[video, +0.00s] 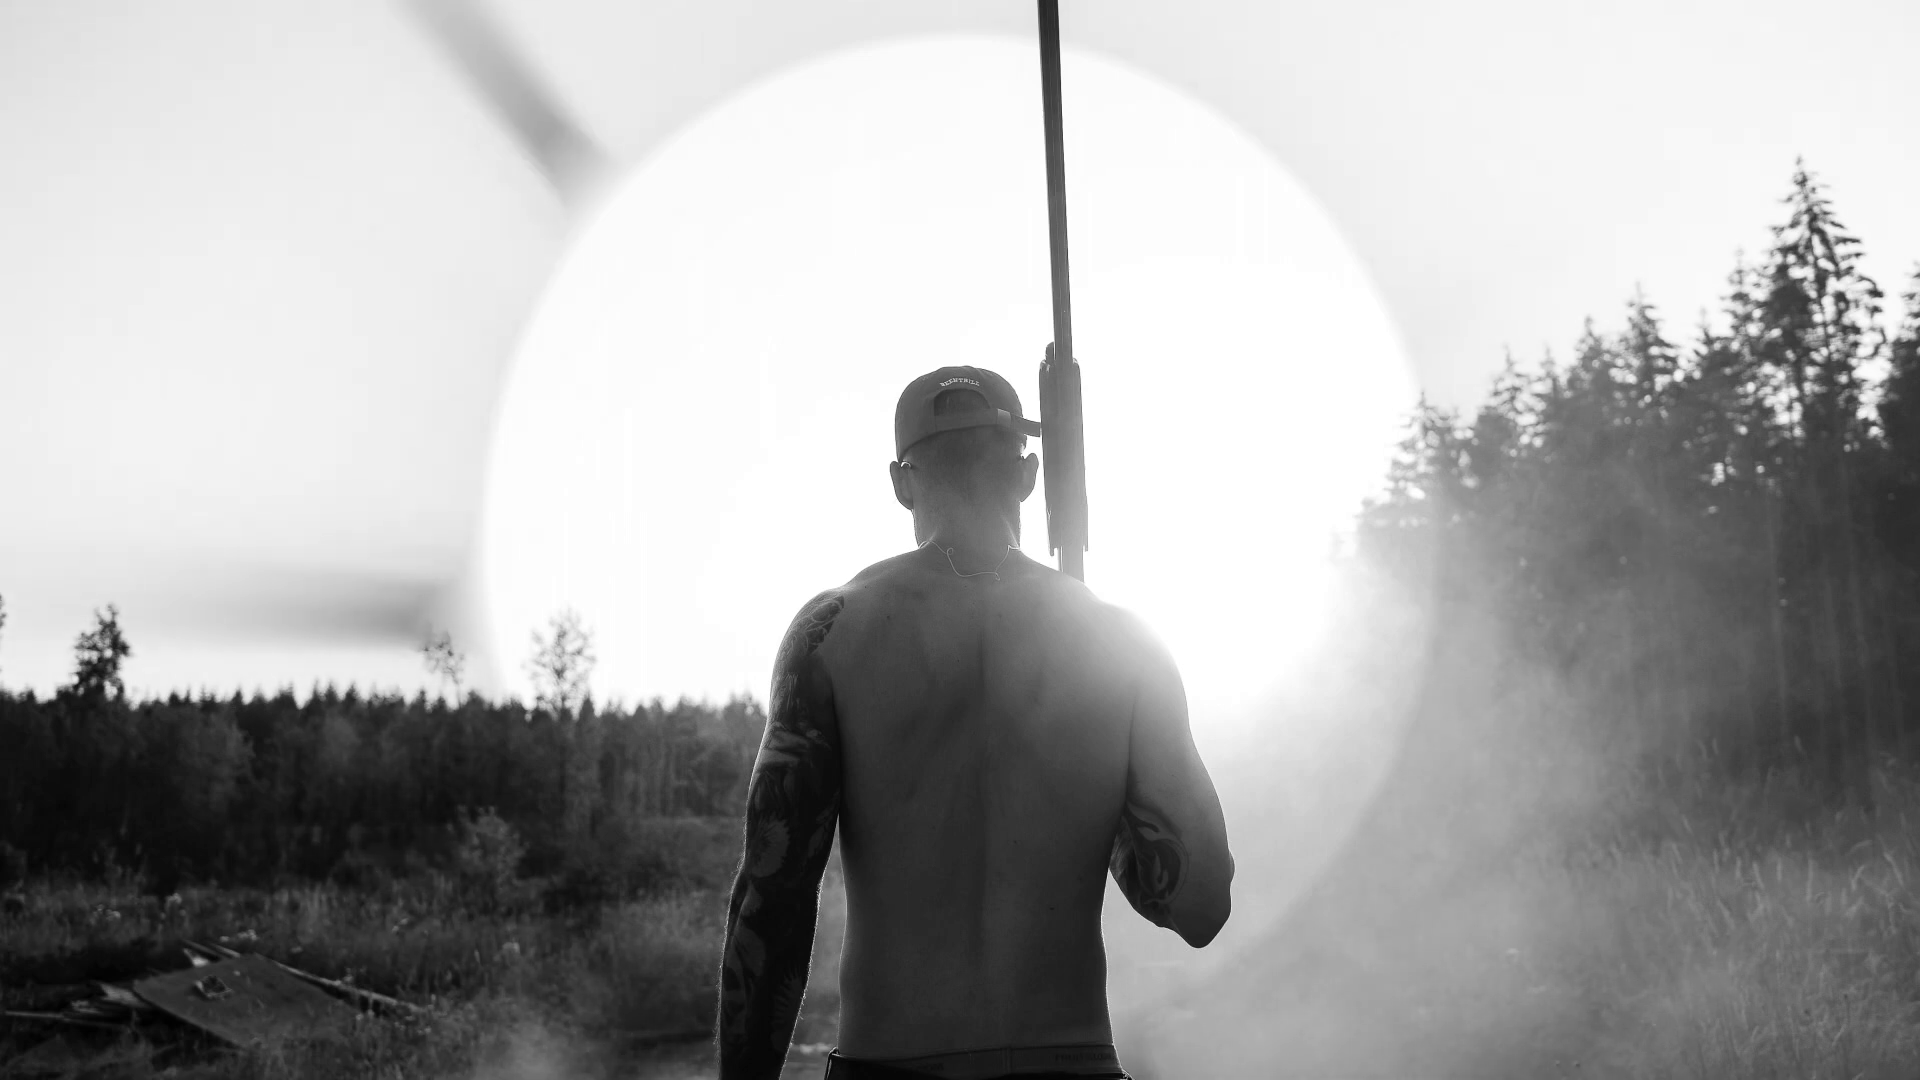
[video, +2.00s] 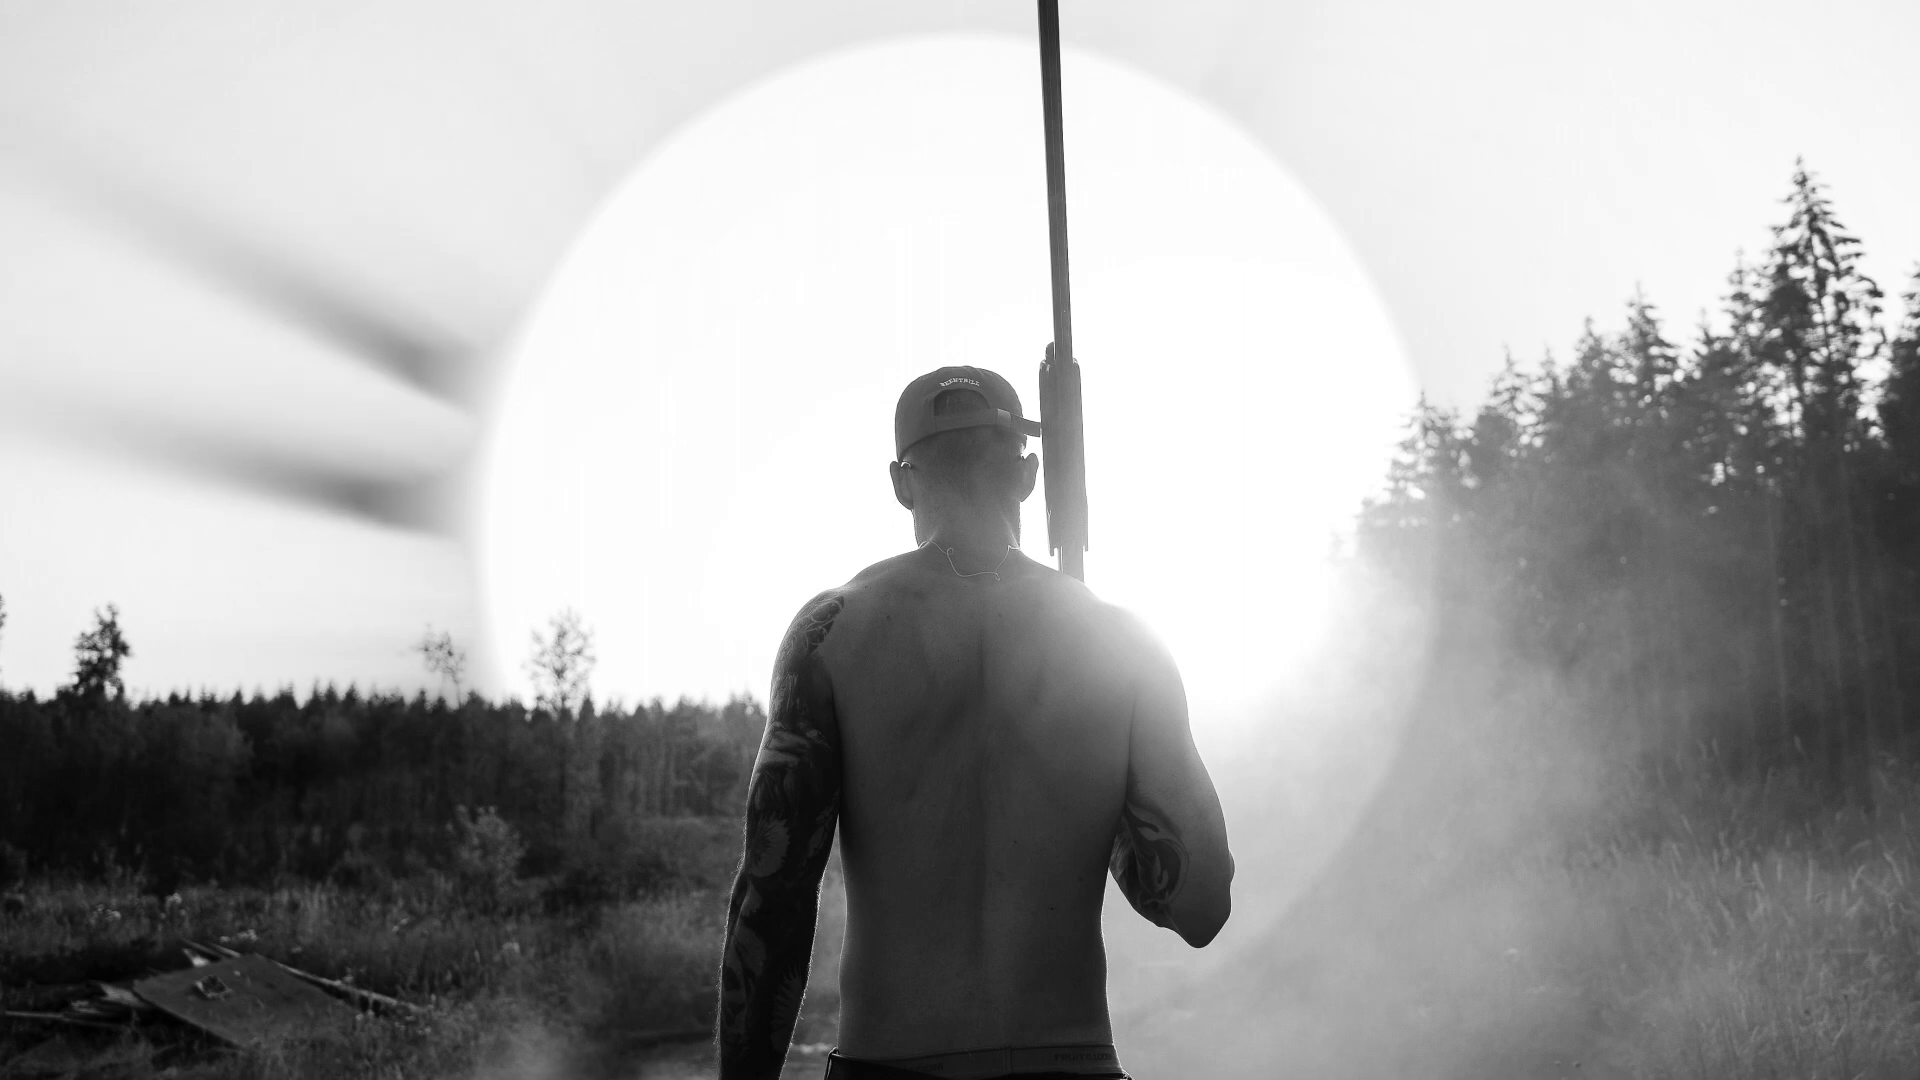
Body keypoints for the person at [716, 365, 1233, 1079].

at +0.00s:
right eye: (1017, 450)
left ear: (903, 486)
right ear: (1027, 476)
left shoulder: (832, 630)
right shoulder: (1121, 641)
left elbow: (773, 884)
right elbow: (1201, 904)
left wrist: (747, 1063)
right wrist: (1102, 803)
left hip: (887, 1045)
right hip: (1067, 1045)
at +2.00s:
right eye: (1015, 448)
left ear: (903, 486)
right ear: (1028, 477)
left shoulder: (831, 630)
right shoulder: (1121, 641)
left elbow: (773, 885)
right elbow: (1201, 905)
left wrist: (747, 1062)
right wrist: (1101, 800)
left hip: (886, 1046)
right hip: (1068, 1046)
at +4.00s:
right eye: (1015, 449)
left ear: (903, 486)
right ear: (1028, 477)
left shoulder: (831, 630)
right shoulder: (1121, 641)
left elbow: (773, 885)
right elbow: (1201, 905)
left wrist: (747, 1062)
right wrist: (1101, 800)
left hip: (886, 1046)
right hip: (1068, 1046)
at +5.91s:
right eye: (1015, 448)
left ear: (903, 486)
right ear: (1028, 477)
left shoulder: (831, 630)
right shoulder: (1122, 641)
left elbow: (773, 885)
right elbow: (1200, 904)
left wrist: (747, 1062)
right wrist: (1100, 800)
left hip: (886, 1046)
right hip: (1067, 1046)